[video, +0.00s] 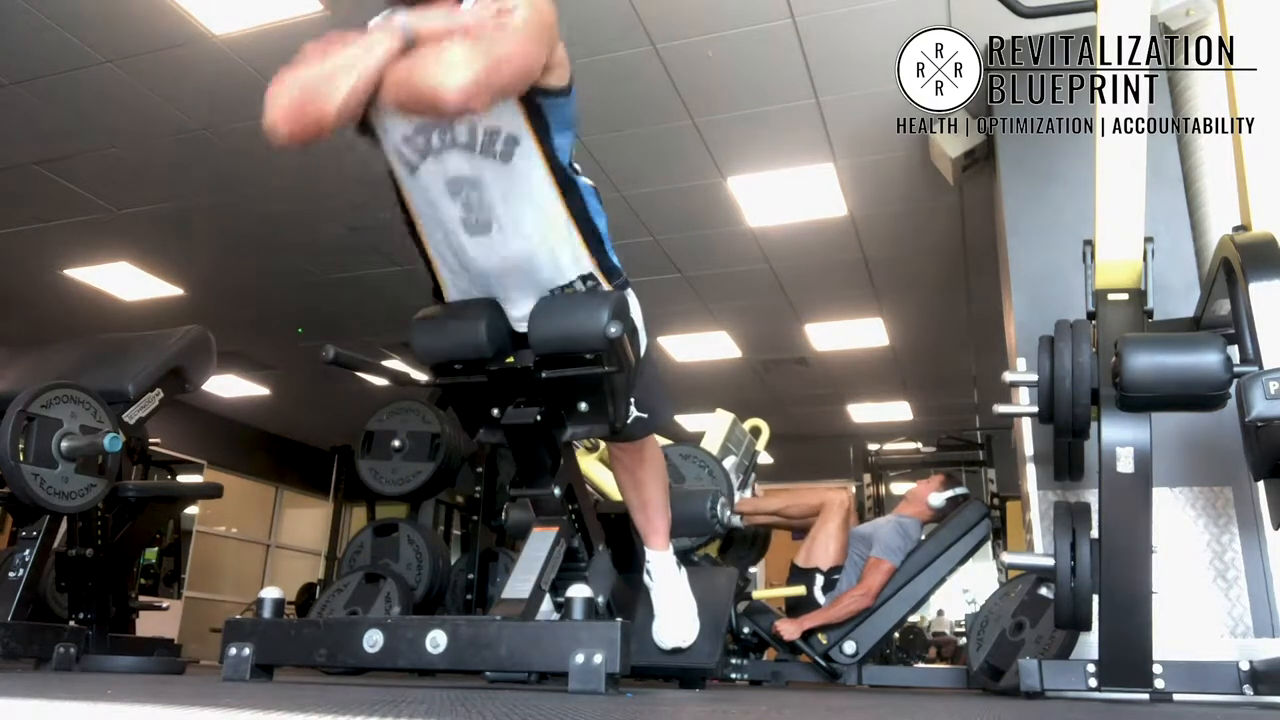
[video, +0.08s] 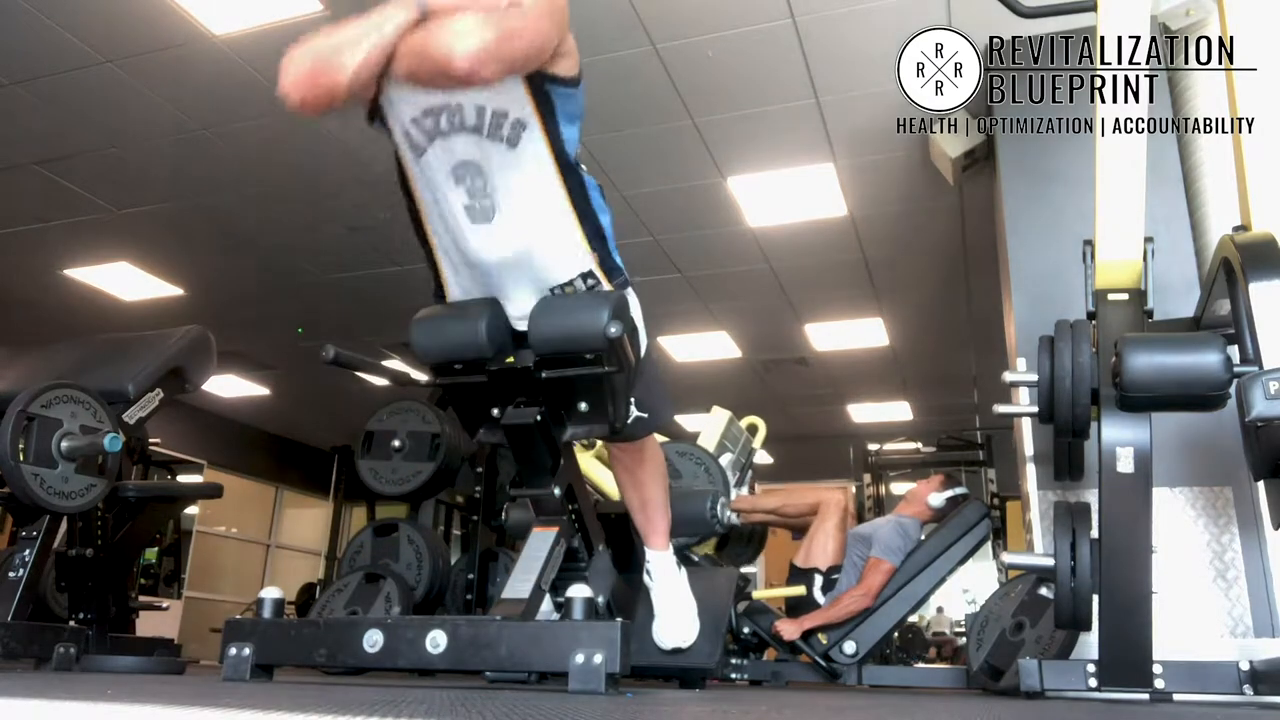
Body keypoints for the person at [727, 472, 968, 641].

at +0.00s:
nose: (920, 480)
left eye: (930, 480)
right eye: (929, 477)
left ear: (933, 499)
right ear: (935, 504)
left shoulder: (897, 529)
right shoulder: (903, 526)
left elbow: (866, 595)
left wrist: (801, 623)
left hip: (816, 604)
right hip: (823, 598)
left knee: (839, 498)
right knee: (841, 496)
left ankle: (735, 506)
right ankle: (750, 506)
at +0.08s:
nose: (920, 480)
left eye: (929, 480)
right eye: (928, 477)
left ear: (933, 499)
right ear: (935, 503)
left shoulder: (897, 529)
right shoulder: (904, 527)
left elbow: (865, 595)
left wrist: (801, 624)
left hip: (815, 604)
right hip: (823, 599)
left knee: (835, 499)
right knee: (839, 495)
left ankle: (731, 503)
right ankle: (748, 511)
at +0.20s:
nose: (919, 480)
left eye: (929, 480)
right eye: (928, 477)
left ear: (932, 498)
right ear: (934, 503)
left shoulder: (896, 529)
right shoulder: (904, 526)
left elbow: (865, 595)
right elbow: (865, 592)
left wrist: (801, 623)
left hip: (817, 607)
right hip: (824, 600)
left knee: (828, 497)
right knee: (828, 502)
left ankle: (728, 496)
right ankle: (737, 505)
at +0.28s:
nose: (920, 479)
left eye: (929, 480)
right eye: (928, 477)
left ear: (932, 499)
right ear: (934, 505)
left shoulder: (896, 529)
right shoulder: (904, 526)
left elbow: (865, 595)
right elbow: (866, 592)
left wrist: (801, 623)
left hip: (818, 607)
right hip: (827, 599)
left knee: (823, 497)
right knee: (823, 504)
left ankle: (723, 494)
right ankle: (732, 500)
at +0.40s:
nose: (921, 479)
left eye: (930, 480)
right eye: (929, 477)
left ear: (931, 498)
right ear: (936, 507)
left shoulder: (895, 529)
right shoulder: (904, 527)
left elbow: (865, 595)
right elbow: (865, 592)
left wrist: (801, 624)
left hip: (817, 606)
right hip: (824, 599)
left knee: (814, 497)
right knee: (811, 504)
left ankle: (718, 488)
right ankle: (729, 497)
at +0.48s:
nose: (920, 480)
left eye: (929, 480)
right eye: (928, 477)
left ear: (931, 498)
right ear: (934, 507)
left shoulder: (895, 528)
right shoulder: (904, 527)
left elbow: (865, 595)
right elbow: (866, 593)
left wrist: (801, 624)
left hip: (815, 604)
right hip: (821, 599)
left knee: (809, 497)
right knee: (805, 503)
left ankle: (714, 484)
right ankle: (724, 492)